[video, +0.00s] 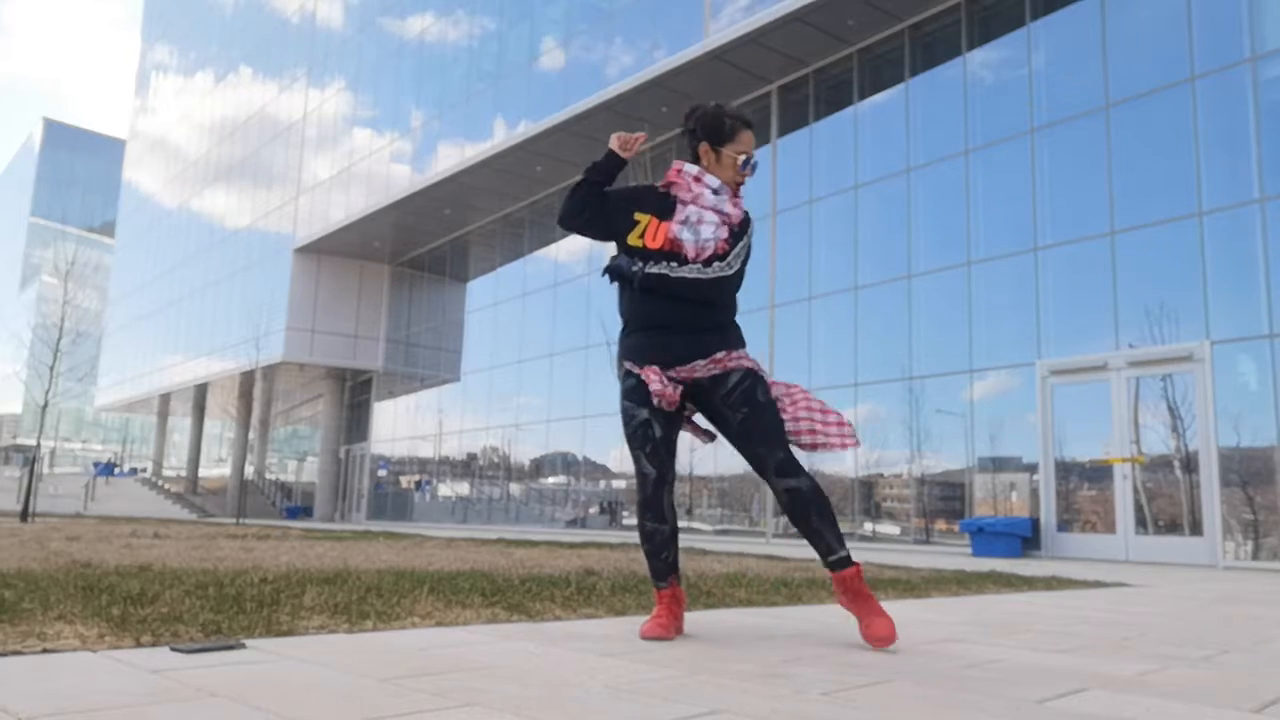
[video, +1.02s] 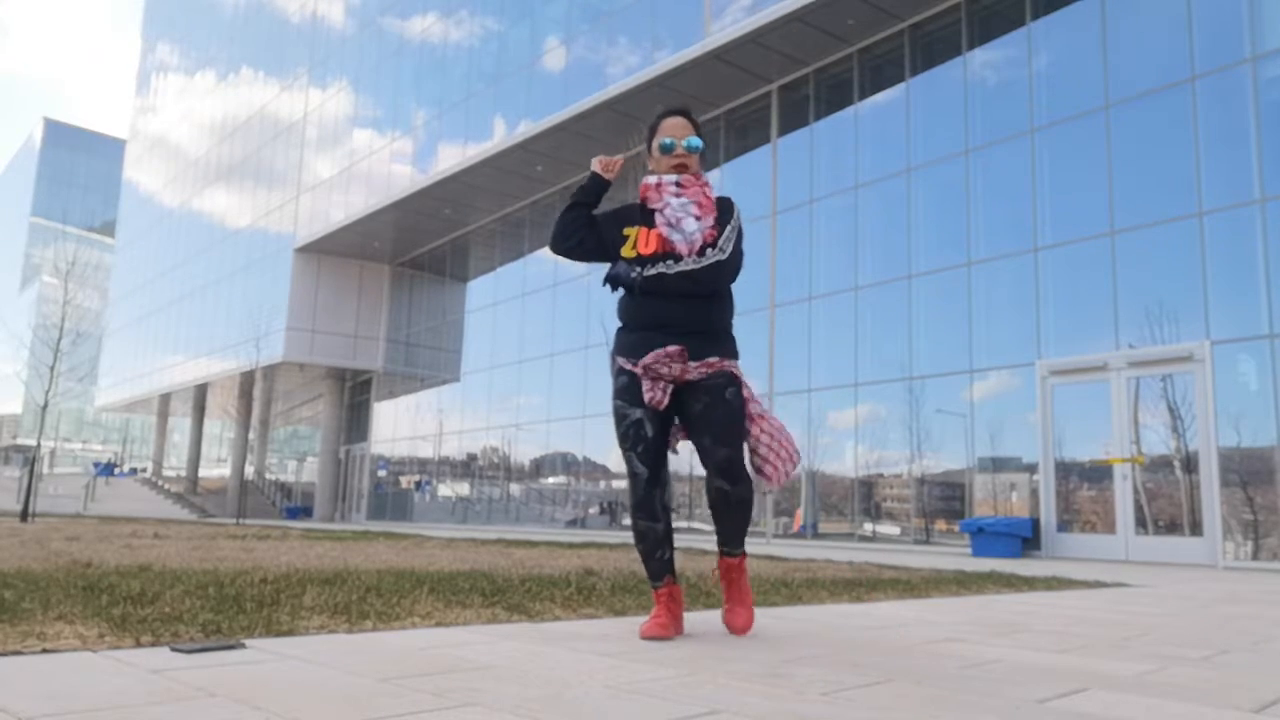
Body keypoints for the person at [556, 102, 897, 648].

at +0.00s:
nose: (748, 170)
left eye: (750, 160)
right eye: (741, 159)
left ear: (728, 159)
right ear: (705, 153)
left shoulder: (737, 222)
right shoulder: (644, 205)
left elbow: (719, 276)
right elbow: (573, 215)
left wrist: (628, 263)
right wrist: (612, 161)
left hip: (719, 357)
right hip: (648, 361)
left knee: (781, 467)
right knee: (653, 482)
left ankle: (849, 582)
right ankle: (668, 599)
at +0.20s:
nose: (753, 174)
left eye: (755, 164)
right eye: (745, 163)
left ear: (737, 163)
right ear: (709, 158)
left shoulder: (744, 225)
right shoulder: (651, 212)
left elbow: (727, 282)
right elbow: (581, 228)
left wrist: (633, 273)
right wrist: (616, 174)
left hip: (726, 363)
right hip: (655, 364)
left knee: (784, 478)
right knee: (655, 485)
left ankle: (854, 592)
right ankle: (668, 600)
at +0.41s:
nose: (735, 169)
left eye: (742, 161)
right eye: (724, 159)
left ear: (745, 167)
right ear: (692, 161)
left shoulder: (741, 229)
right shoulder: (649, 217)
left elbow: (729, 287)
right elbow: (580, 234)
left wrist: (639, 280)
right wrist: (616, 179)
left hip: (718, 368)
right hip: (647, 370)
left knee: (781, 479)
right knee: (650, 486)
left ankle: (850, 593)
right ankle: (667, 600)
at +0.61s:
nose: (705, 163)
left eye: (716, 155)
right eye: (693, 152)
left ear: (725, 165)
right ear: (671, 161)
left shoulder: (729, 225)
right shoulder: (637, 218)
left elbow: (721, 284)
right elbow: (574, 231)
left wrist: (632, 279)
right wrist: (611, 176)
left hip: (707, 367)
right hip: (637, 370)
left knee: (747, 472)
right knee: (643, 485)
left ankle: (787, 579)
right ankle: (665, 600)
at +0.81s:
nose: (689, 159)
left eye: (700, 151)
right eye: (676, 150)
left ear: (711, 160)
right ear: (657, 160)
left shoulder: (726, 215)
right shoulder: (636, 222)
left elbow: (726, 269)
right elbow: (572, 237)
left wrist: (641, 276)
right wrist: (607, 181)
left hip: (702, 369)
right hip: (634, 367)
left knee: (678, 469)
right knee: (638, 481)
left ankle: (693, 571)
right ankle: (662, 596)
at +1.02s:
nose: (681, 155)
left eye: (691, 147)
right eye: (668, 147)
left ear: (703, 157)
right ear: (650, 158)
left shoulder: (720, 210)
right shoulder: (629, 219)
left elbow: (720, 268)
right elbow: (566, 240)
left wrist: (634, 274)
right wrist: (596, 183)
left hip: (707, 355)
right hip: (639, 359)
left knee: (728, 468)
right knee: (646, 478)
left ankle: (732, 569)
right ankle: (665, 596)